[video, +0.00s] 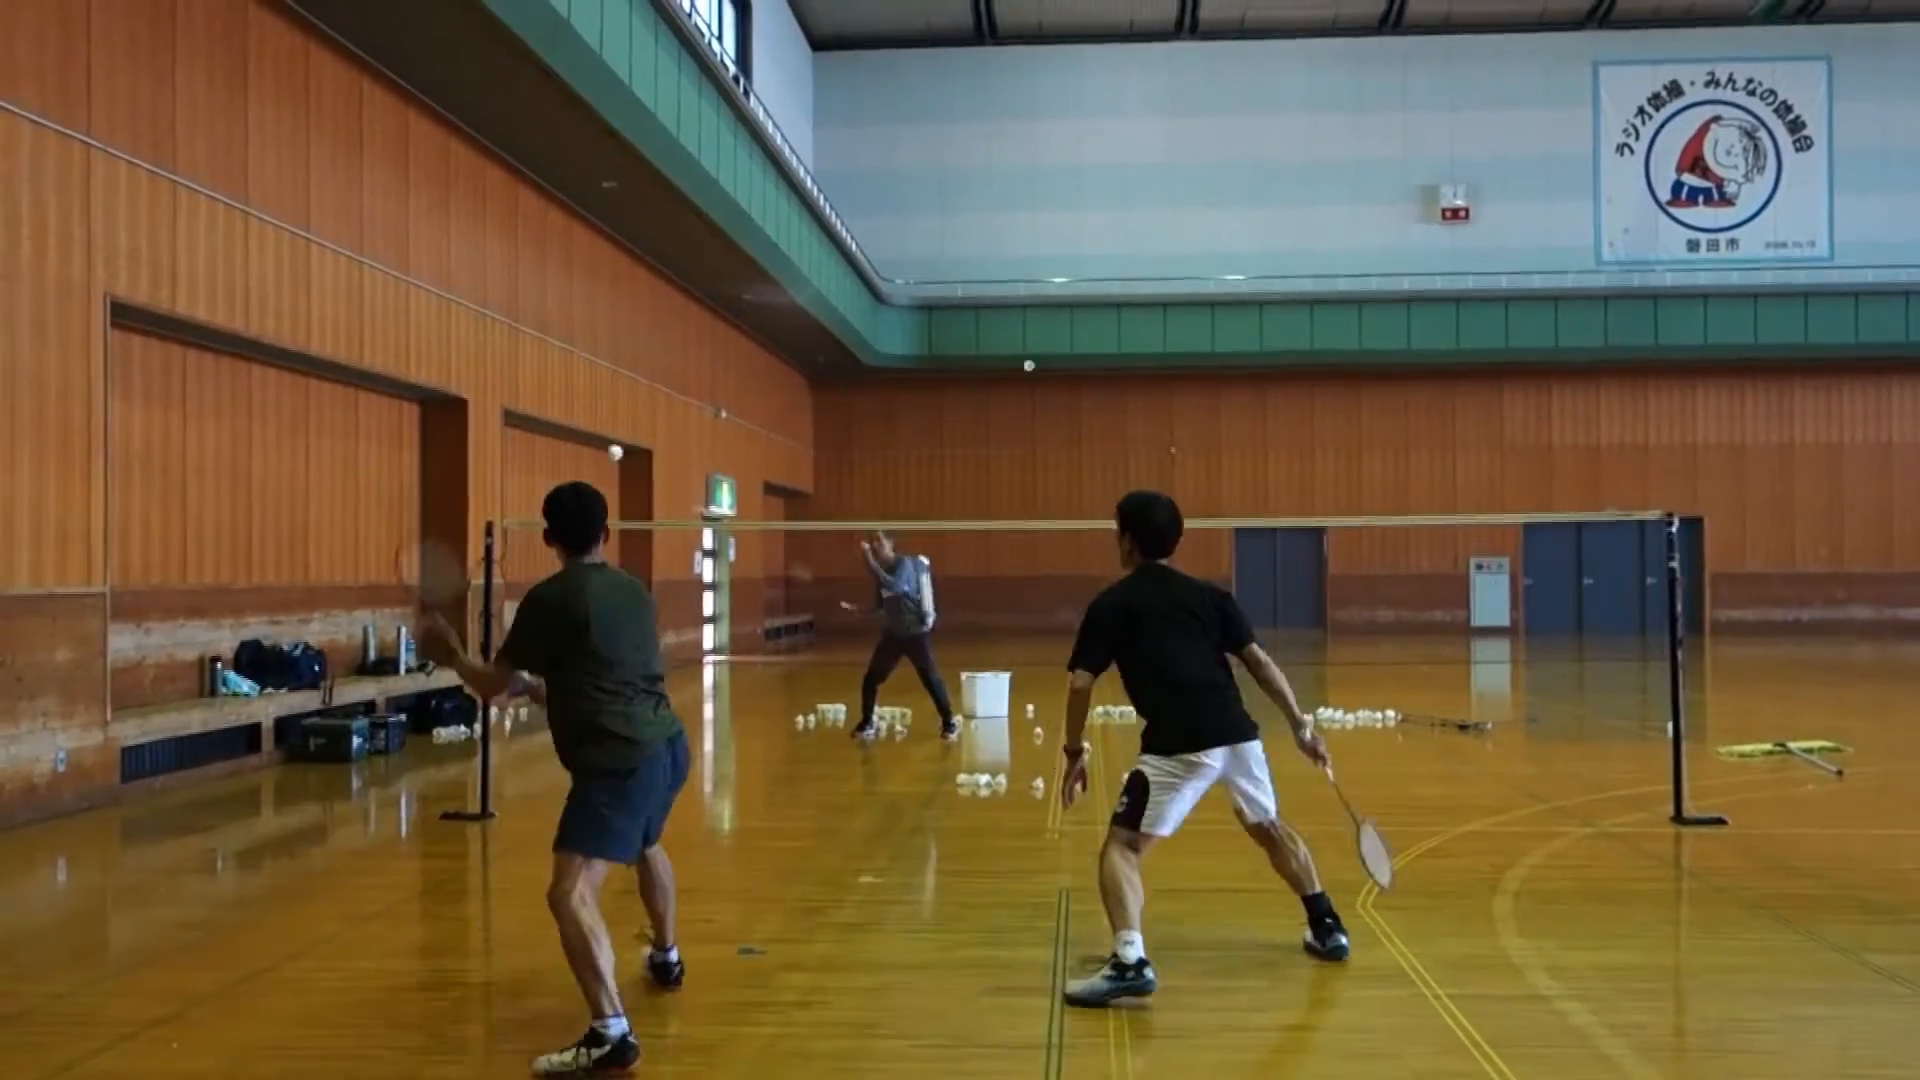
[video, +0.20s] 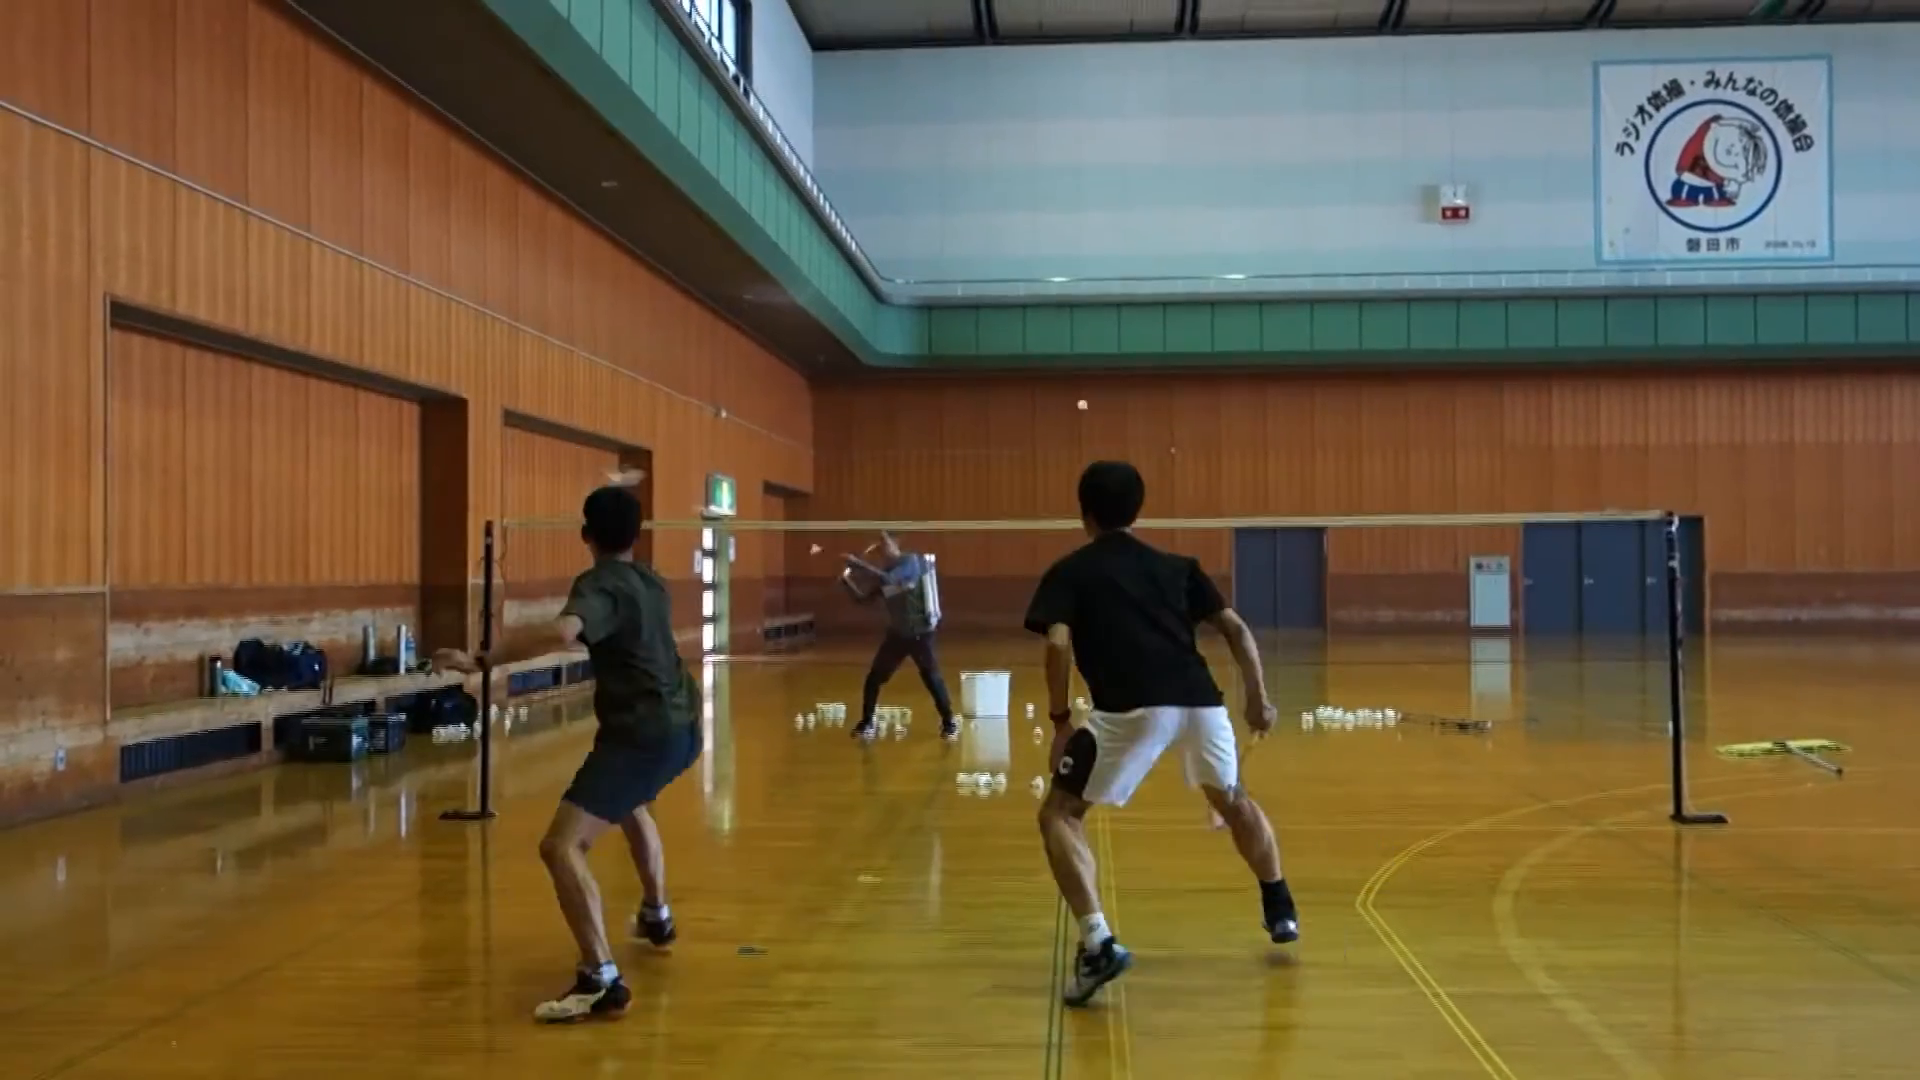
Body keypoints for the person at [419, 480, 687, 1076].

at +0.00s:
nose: (545, 535)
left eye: (545, 526)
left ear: (549, 535)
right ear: (603, 531)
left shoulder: (550, 599)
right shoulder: (634, 589)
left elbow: (491, 686)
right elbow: (615, 681)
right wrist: (538, 690)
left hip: (616, 765)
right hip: (668, 749)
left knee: (570, 894)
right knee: (644, 844)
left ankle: (611, 1031)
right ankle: (665, 956)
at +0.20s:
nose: (582, 532)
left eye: (584, 526)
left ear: (587, 534)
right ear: (635, 535)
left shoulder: (599, 585)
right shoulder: (650, 581)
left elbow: (564, 633)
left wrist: (483, 659)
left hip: (638, 736)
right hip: (680, 729)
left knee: (561, 846)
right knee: (630, 804)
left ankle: (600, 977)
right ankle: (657, 914)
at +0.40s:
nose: (601, 529)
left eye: (602, 523)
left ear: (604, 530)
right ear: (652, 527)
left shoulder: (609, 579)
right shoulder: (685, 578)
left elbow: (594, 637)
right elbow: (704, 645)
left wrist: (561, 697)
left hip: (655, 717)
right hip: (708, 715)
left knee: (587, 817)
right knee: (665, 795)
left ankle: (620, 911)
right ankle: (651, 904)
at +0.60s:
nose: (634, 545)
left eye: (635, 539)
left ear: (639, 545)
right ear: (684, 540)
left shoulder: (630, 599)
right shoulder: (717, 588)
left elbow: (610, 679)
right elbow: (760, 649)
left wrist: (590, 734)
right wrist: (771, 690)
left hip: (661, 727)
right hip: (723, 723)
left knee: (610, 804)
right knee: (770, 805)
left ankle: (576, 903)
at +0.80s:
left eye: (580, 578)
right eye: (603, 554)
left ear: (582, 584)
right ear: (616, 557)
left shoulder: (602, 632)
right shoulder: (671, 574)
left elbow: (598, 693)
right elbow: (728, 545)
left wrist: (612, 653)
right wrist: (688, 496)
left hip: (668, 730)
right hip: (726, 714)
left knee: (609, 806)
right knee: (782, 796)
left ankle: (571, 895)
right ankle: (804, 893)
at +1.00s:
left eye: (550, 606)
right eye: (584, 577)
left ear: (555, 612)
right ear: (587, 583)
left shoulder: (578, 666)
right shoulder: (634, 595)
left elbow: (608, 730)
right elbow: (700, 584)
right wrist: (695, 567)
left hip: (660, 734)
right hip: (708, 710)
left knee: (591, 792)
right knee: (775, 791)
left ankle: (571, 891)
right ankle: (837, 872)